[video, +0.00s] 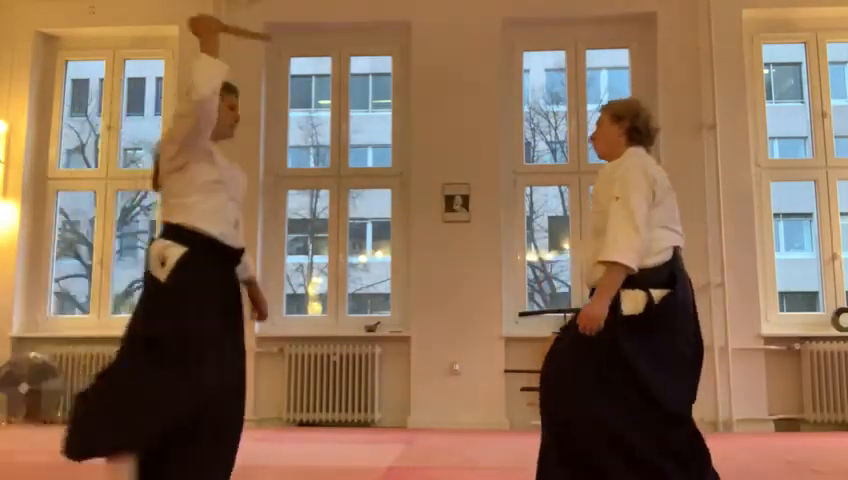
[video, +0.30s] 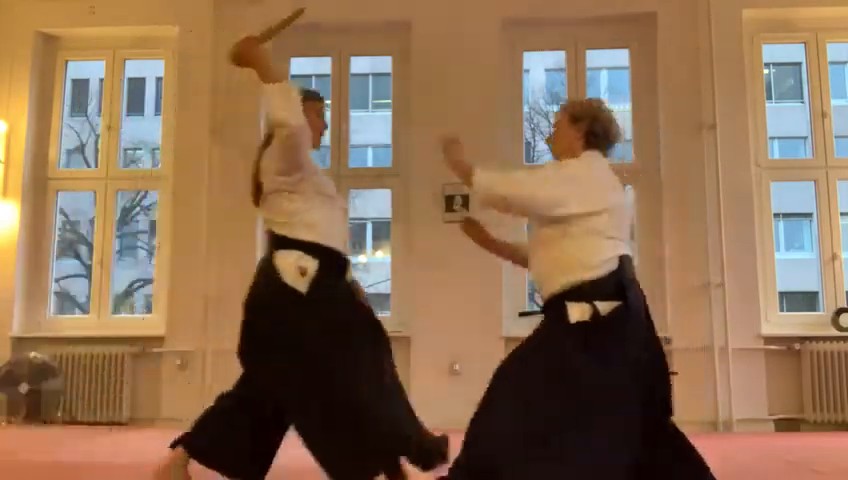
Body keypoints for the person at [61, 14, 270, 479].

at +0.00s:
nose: (234, 111)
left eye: (236, 104)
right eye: (228, 102)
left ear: (231, 112)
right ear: (207, 104)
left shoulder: (227, 167)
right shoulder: (183, 149)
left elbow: (230, 234)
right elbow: (202, 99)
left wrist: (251, 283)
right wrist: (209, 49)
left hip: (219, 269)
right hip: (185, 261)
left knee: (222, 376)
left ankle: (202, 466)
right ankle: (101, 418)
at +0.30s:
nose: (323, 123)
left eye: (323, 115)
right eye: (316, 115)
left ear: (316, 124)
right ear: (293, 118)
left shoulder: (306, 171)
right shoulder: (285, 162)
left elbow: (315, 236)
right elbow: (288, 126)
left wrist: (345, 279)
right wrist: (267, 67)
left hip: (314, 279)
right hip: (297, 280)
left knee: (269, 383)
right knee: (358, 377)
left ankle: (180, 455)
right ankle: (393, 464)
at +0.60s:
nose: (360, 116)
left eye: (361, 112)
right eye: (346, 119)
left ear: (369, 120)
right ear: (332, 144)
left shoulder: (391, 157)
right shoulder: (346, 149)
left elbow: (431, 182)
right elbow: (340, 84)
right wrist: (340, 28)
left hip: (397, 255)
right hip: (352, 254)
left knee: (410, 357)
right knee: (339, 363)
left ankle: (397, 459)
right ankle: (281, 455)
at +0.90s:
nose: (366, 103)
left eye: (369, 96)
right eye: (356, 96)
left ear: (372, 103)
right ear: (330, 100)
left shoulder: (383, 145)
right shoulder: (325, 137)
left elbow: (411, 188)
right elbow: (293, 122)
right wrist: (276, 79)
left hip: (390, 255)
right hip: (347, 253)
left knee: (388, 366)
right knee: (345, 367)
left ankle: (372, 466)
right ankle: (301, 466)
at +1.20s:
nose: (376, 105)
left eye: (379, 99)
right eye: (368, 96)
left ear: (376, 103)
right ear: (341, 96)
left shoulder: (362, 147)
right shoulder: (336, 146)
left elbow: (388, 211)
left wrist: (420, 255)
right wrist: (354, 254)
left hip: (370, 263)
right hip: (344, 267)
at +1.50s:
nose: (413, 113)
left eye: (415, 106)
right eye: (408, 103)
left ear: (380, 101)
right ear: (379, 97)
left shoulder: (355, 137)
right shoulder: (373, 146)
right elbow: (404, 206)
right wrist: (446, 260)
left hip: (327, 260)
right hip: (354, 267)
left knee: (327, 372)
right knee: (389, 370)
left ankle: (302, 467)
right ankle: (382, 470)